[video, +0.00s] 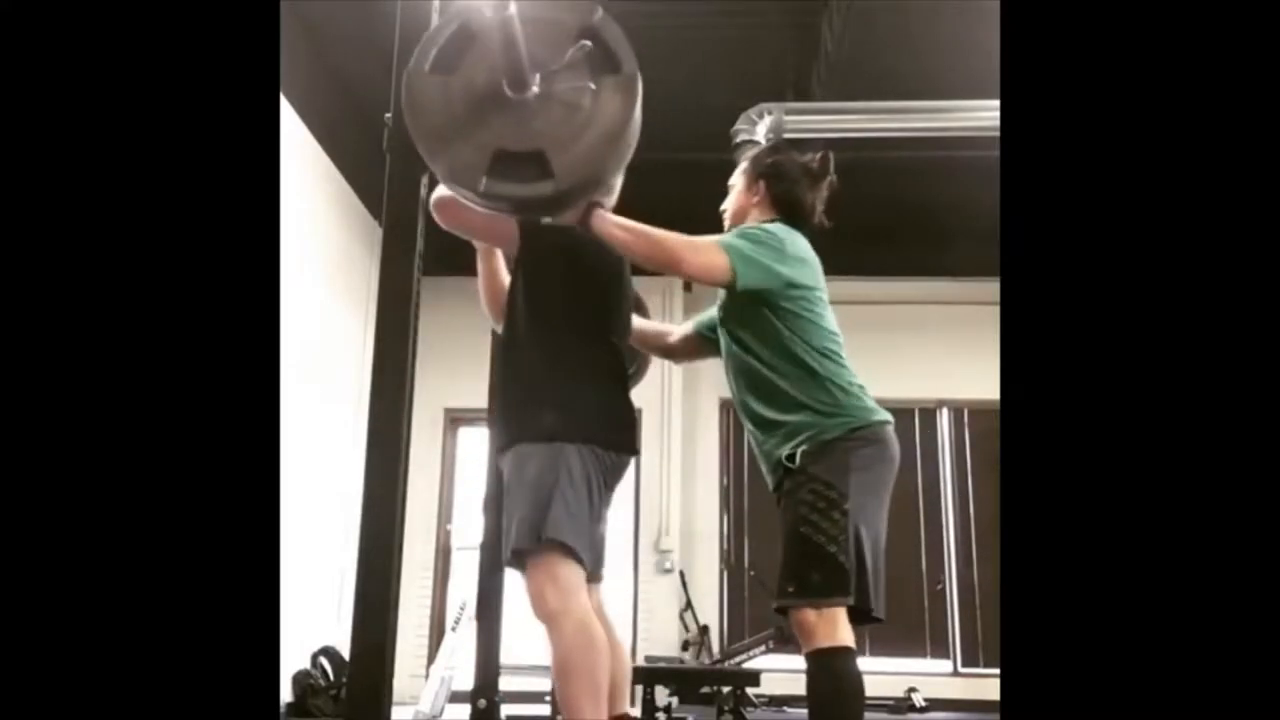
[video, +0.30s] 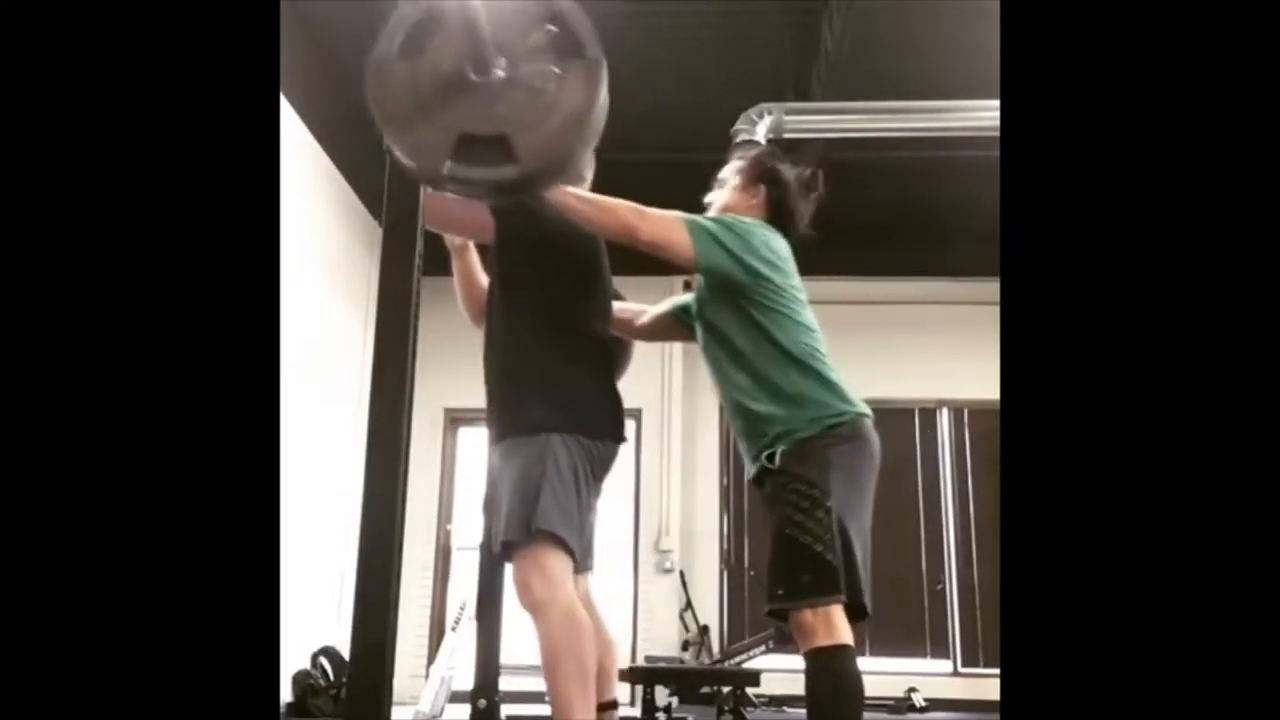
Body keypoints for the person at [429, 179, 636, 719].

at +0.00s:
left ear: (553, 177)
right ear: (596, 187)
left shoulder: (564, 243)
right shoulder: (592, 253)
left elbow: (449, 209)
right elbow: (503, 313)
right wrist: (485, 236)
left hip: (559, 429)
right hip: (587, 431)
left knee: (556, 593)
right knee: (583, 597)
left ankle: (584, 714)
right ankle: (616, 711)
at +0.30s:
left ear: (518, 155)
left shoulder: (543, 217)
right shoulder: (549, 235)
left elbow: (436, 206)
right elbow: (483, 311)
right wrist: (458, 231)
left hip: (551, 420)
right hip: (569, 423)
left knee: (542, 580)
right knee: (570, 584)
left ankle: (576, 714)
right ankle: (605, 709)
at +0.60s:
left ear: (489, 167)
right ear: (528, 175)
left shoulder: (495, 211)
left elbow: (365, 221)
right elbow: (452, 335)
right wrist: (412, 258)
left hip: (528, 418)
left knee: (523, 583)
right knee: (543, 584)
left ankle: (573, 713)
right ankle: (596, 705)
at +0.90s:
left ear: (480, 160)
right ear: (539, 171)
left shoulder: (484, 225)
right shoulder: (541, 239)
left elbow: (365, 247)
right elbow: (451, 342)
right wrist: (410, 282)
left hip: (521, 441)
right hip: (571, 437)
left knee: (512, 607)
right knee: (581, 606)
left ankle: (576, 713)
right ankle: (614, 713)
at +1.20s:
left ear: (479, 176)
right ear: (539, 178)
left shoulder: (497, 240)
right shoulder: (549, 245)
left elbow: (430, 339)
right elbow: (549, 371)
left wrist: (341, 395)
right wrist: (465, 422)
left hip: (556, 443)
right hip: (603, 435)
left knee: (551, 604)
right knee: (600, 603)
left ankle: (585, 716)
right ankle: (624, 716)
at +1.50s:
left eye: (495, 155)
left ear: (498, 176)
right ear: (543, 170)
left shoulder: (521, 239)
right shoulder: (533, 241)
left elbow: (550, 339)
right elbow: (554, 340)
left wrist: (582, 444)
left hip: (548, 453)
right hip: (581, 444)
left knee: (552, 602)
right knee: (596, 608)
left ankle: (587, 712)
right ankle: (622, 712)